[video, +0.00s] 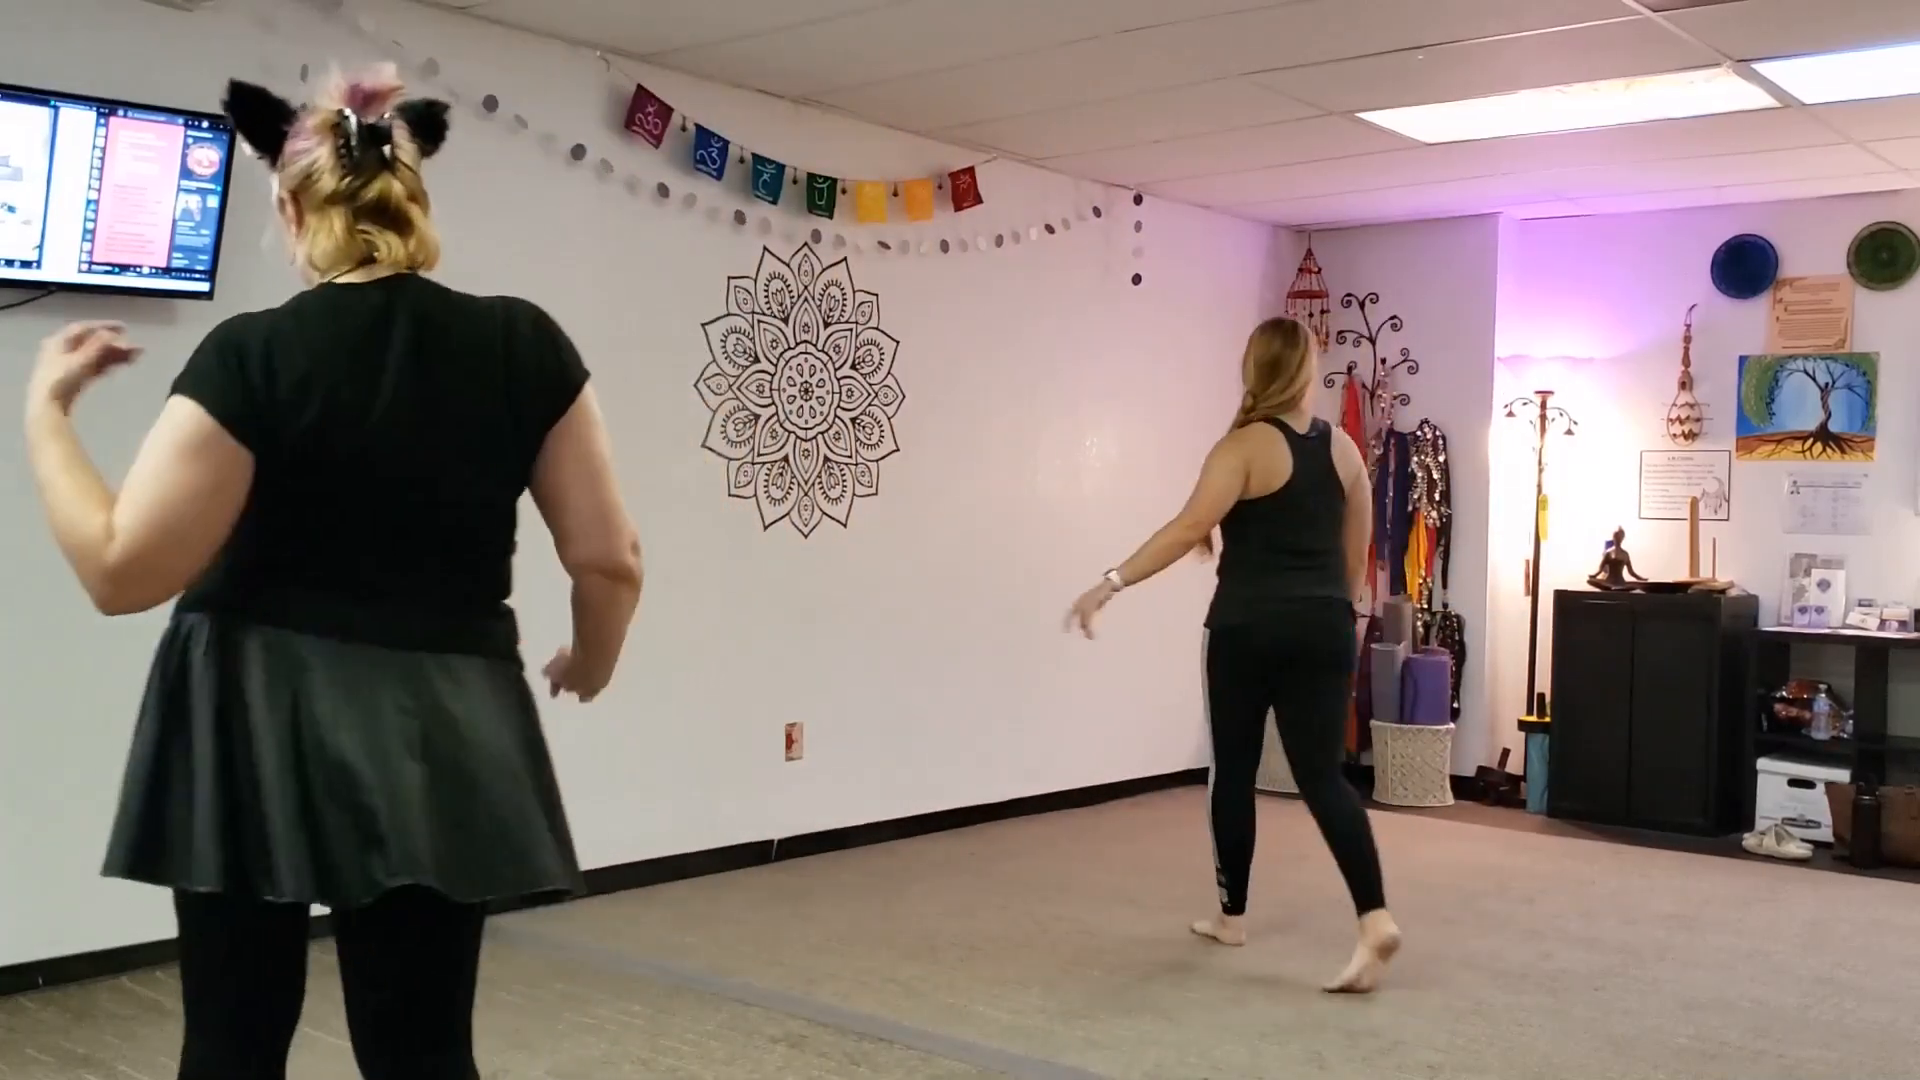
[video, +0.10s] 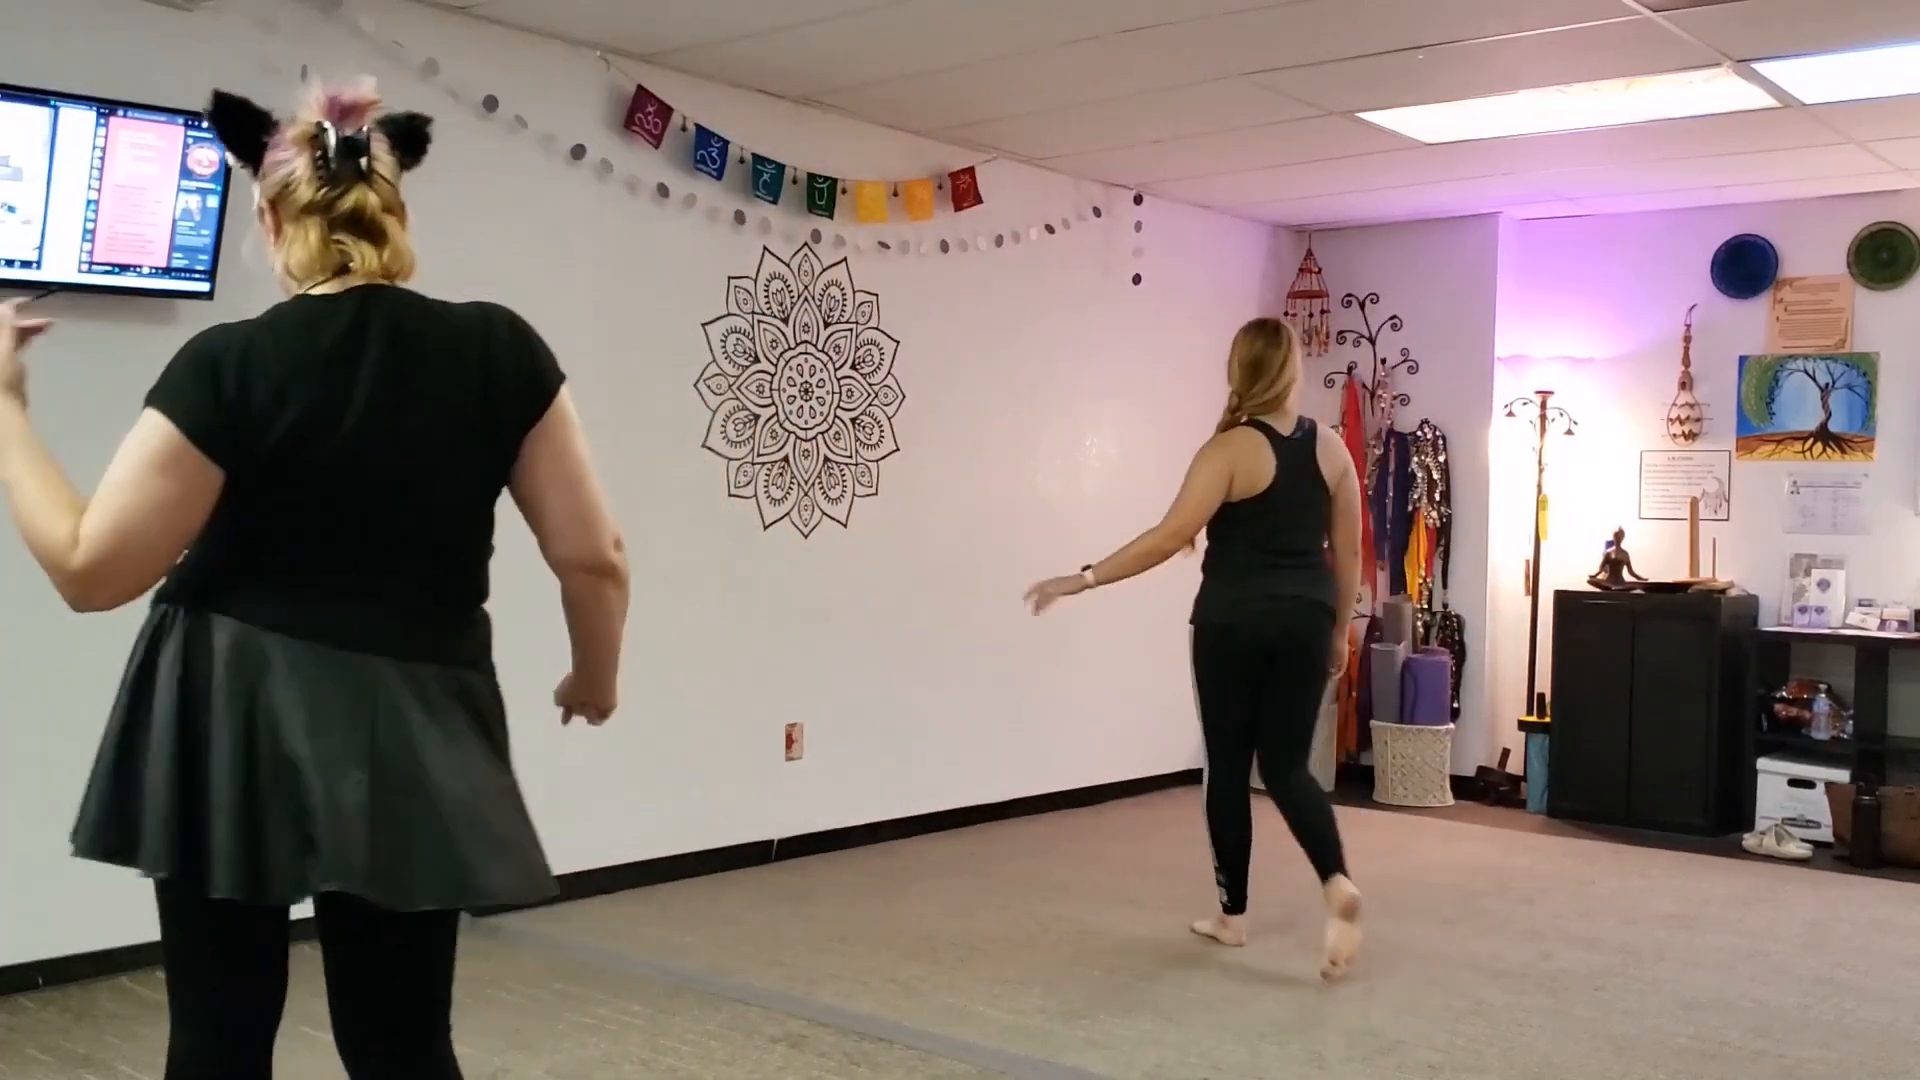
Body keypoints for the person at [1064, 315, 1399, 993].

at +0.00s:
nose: (1320, 373)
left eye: (1316, 361)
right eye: (1317, 364)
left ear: (1254, 372)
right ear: (1307, 374)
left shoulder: (1240, 448)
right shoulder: (1343, 450)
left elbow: (1192, 528)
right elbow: (1356, 547)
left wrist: (1112, 582)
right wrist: (1352, 606)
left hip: (1245, 631)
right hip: (1324, 629)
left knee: (1234, 774)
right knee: (1322, 774)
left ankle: (1231, 914)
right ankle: (1375, 916)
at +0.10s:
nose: (1303, 371)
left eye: (1298, 359)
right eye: (1301, 361)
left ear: (1238, 374)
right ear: (1293, 373)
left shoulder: (1227, 450)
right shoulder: (1330, 450)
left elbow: (1174, 535)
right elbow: (1347, 549)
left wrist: (1084, 579)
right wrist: (1343, 624)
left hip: (1229, 627)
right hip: (1307, 627)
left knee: (1228, 768)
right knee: (1287, 766)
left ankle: (1232, 913)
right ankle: (1337, 881)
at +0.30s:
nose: (1275, 380)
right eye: (1273, 371)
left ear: (1215, 380)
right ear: (1271, 379)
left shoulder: (1201, 460)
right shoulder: (1311, 452)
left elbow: (1146, 556)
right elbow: (1345, 550)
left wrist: (1069, 562)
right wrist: (1364, 632)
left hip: (1205, 629)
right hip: (1281, 630)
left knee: (1215, 761)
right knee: (1252, 734)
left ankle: (1233, 913)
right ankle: (1264, 826)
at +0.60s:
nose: (1252, 379)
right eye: (1255, 370)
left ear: (1199, 373)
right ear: (1253, 377)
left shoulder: (1168, 451)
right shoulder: (1283, 444)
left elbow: (1148, 546)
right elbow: (1315, 528)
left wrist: (1127, 539)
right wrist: (1359, 611)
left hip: (1189, 615)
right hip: (1265, 615)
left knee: (1206, 749)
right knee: (1235, 734)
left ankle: (1227, 898)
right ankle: (1218, 854)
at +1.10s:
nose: (1250, 388)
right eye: (1252, 380)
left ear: (1199, 381)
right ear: (1247, 387)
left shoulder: (1168, 454)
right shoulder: (1263, 458)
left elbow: (1158, 549)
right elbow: (1277, 553)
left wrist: (1174, 598)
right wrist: (1309, 630)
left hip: (1178, 613)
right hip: (1247, 617)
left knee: (1173, 726)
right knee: (1222, 734)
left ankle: (1183, 821)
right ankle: (1197, 863)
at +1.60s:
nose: (1257, 395)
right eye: (1260, 387)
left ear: (1212, 394)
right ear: (1260, 396)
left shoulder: (1188, 459)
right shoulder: (1290, 465)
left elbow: (1146, 527)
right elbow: (1316, 551)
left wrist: (1104, 586)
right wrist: (1349, 619)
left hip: (1196, 609)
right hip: (1256, 613)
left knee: (1248, 706)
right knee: (1226, 726)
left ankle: (1279, 819)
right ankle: (1198, 858)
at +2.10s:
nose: (1320, 402)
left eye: (1313, 394)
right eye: (1318, 395)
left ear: (1266, 402)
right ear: (1311, 400)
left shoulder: (1248, 469)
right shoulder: (1340, 449)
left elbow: (1226, 543)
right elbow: (1364, 532)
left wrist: (1198, 597)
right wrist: (1376, 604)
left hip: (1260, 600)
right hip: (1317, 601)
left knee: (1286, 717)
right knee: (1301, 721)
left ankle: (1292, 837)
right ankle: (1229, 805)